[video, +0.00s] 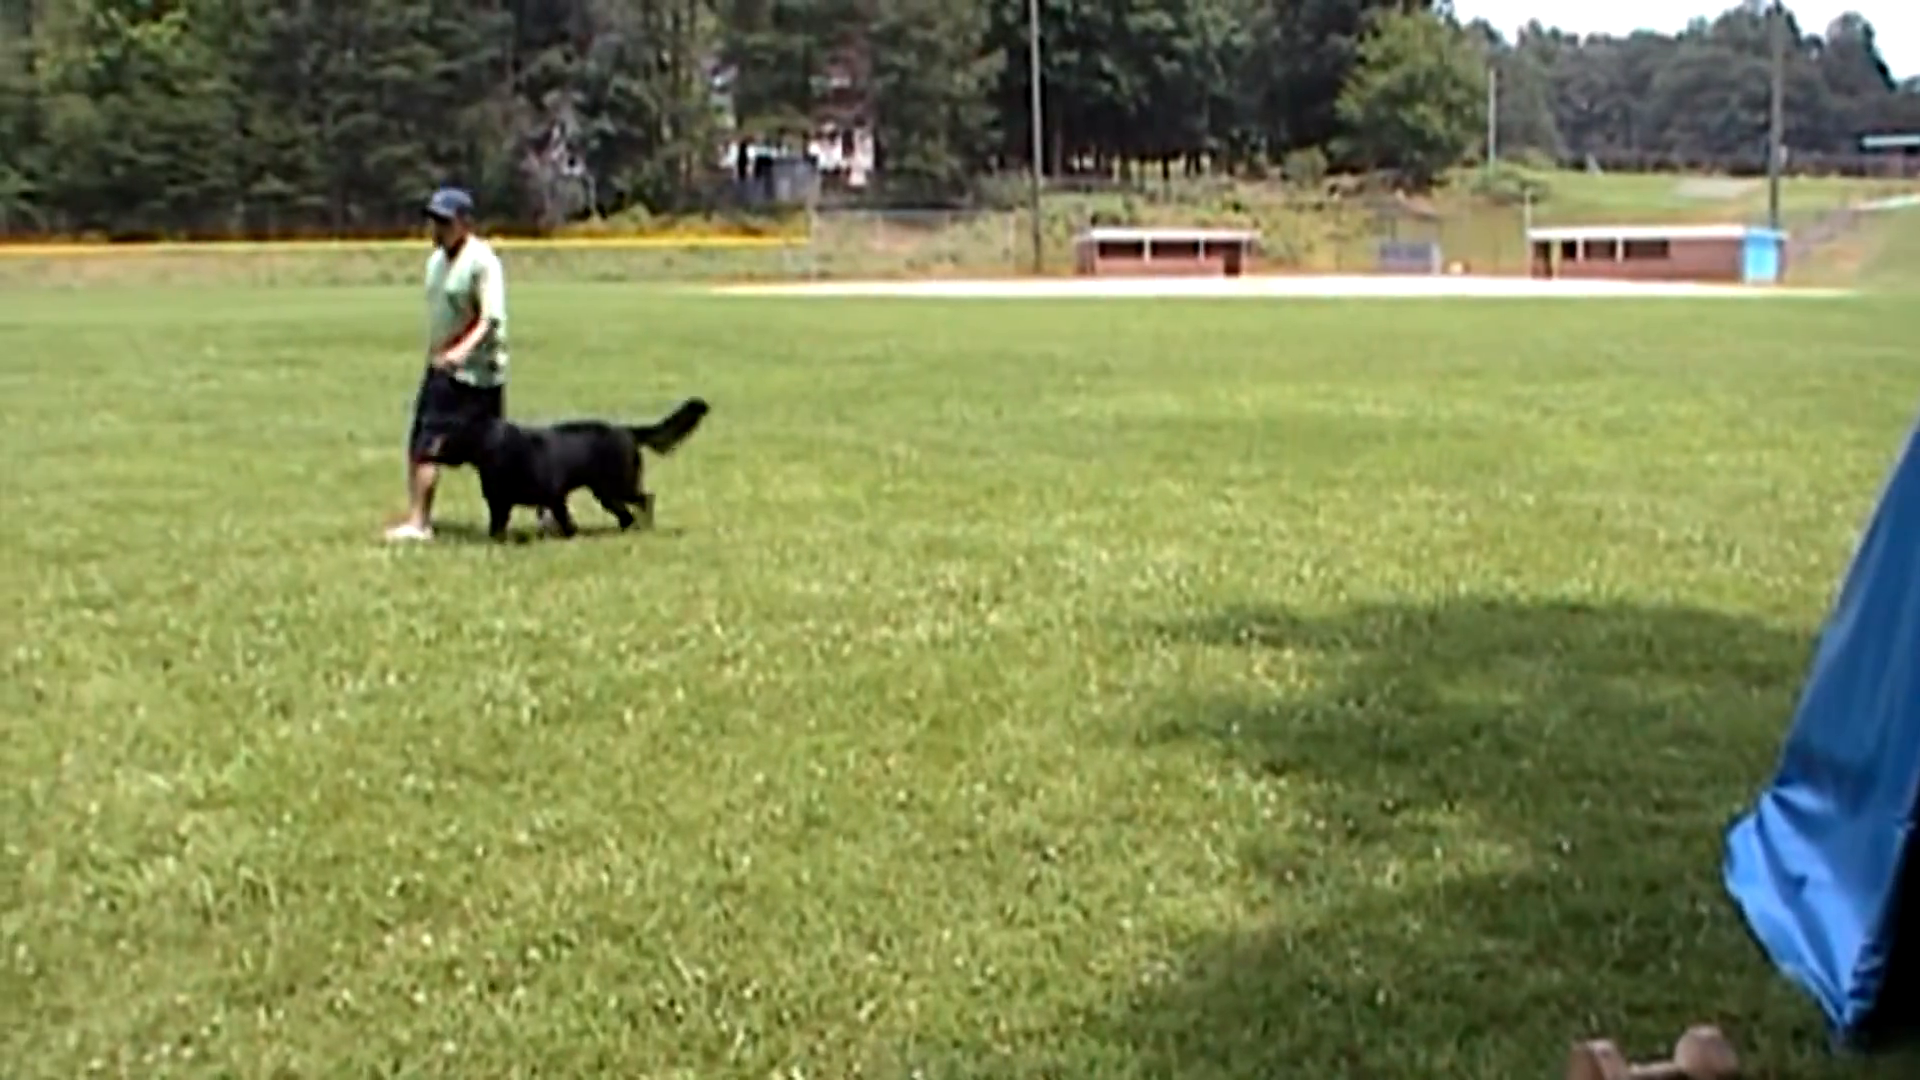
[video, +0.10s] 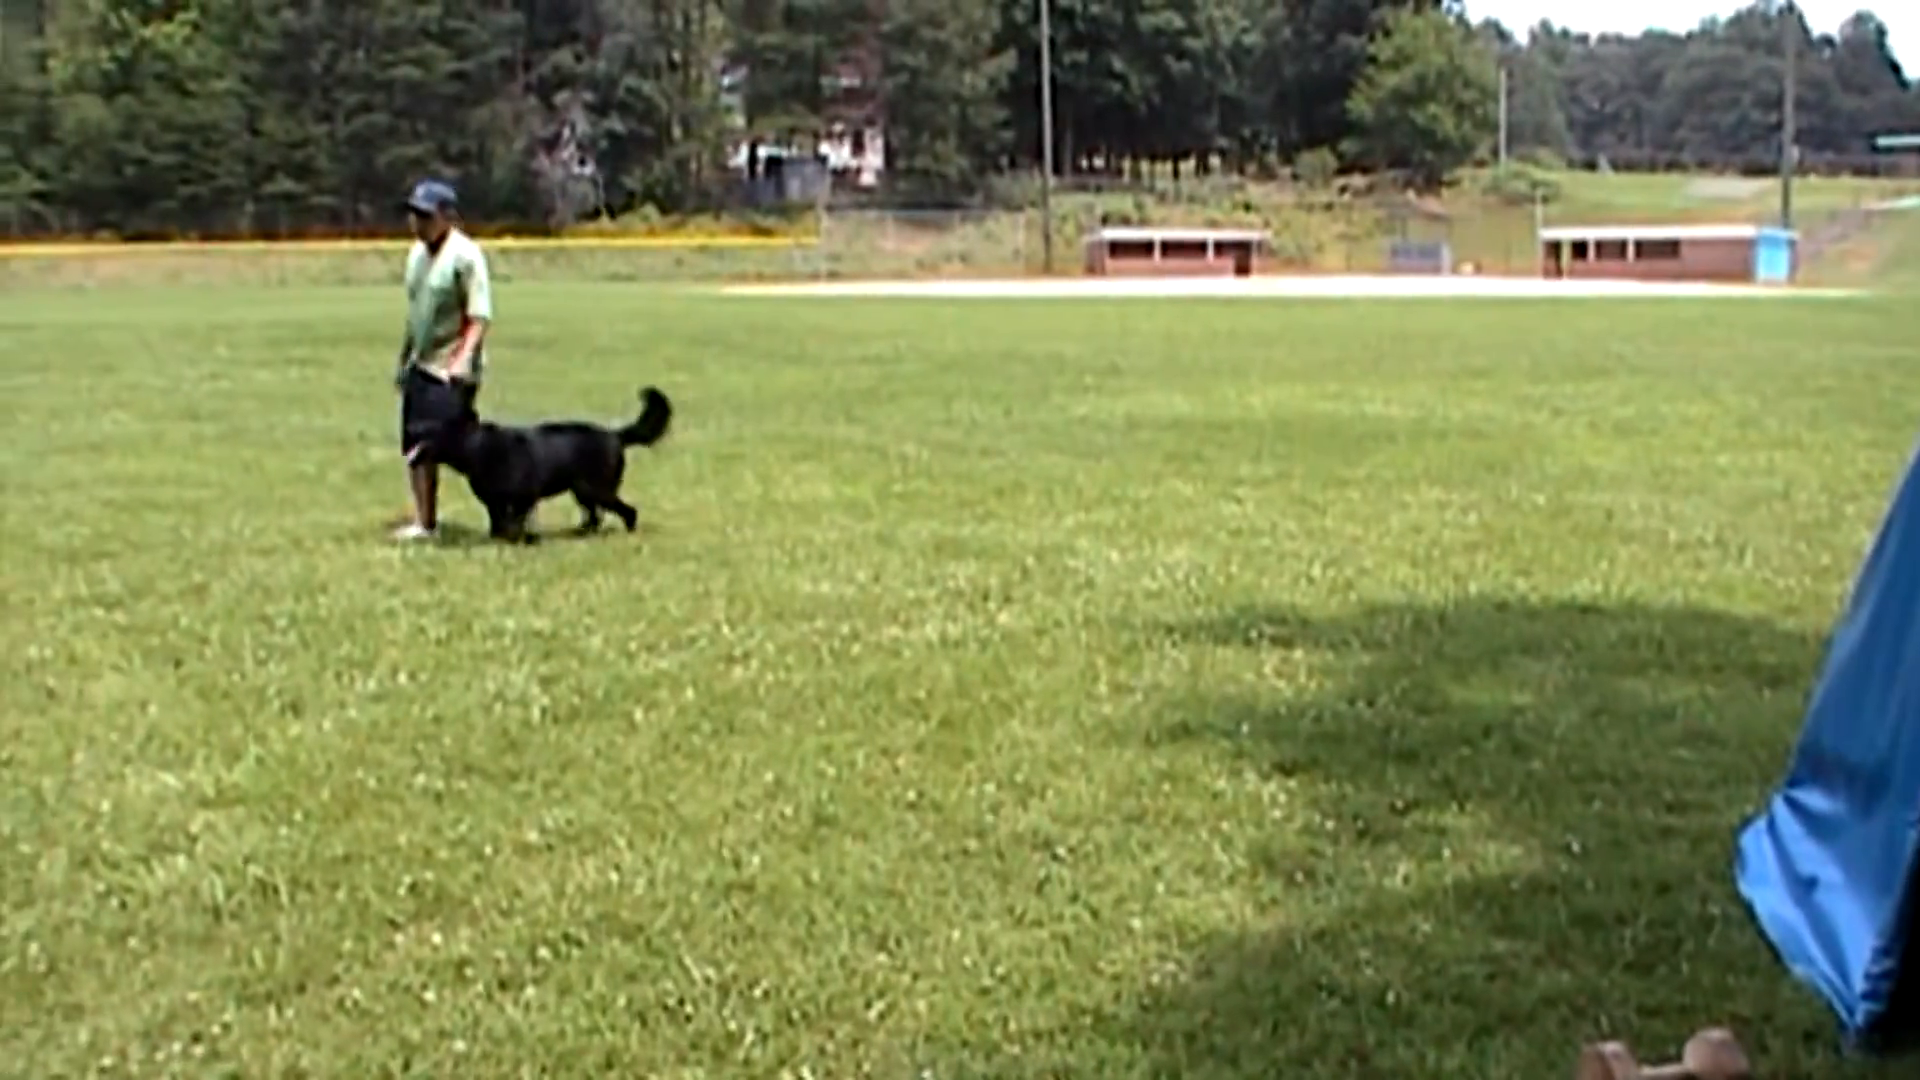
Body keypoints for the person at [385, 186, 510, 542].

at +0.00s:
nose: (436, 230)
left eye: (444, 222)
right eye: (433, 221)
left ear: (464, 223)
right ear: (432, 223)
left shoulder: (484, 262)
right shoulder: (436, 260)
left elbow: (490, 318)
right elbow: (444, 312)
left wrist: (458, 352)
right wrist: (438, 353)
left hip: (480, 373)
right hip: (442, 368)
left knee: (489, 450)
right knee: (423, 448)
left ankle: (539, 503)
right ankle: (419, 519)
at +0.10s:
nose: (418, 224)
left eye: (426, 217)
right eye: (415, 216)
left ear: (446, 217)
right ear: (413, 217)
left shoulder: (467, 256)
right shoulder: (417, 254)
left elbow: (478, 316)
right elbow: (416, 313)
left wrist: (461, 361)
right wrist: (405, 357)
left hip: (454, 363)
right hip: (420, 362)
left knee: (456, 442)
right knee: (416, 446)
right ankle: (423, 519)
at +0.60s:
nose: (496, 231)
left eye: (504, 224)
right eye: (493, 223)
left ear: (523, 226)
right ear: (488, 224)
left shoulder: (545, 266)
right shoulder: (487, 257)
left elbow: (563, 324)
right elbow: (464, 307)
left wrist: (555, 372)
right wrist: (466, 269)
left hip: (526, 365)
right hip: (494, 361)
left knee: (492, 441)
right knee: (502, 445)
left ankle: (490, 526)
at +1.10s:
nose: (657, 234)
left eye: (666, 226)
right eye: (652, 224)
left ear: (683, 228)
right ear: (644, 225)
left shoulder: (704, 269)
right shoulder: (638, 261)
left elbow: (726, 330)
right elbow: (613, 315)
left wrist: (727, 385)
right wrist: (618, 274)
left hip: (687, 381)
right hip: (641, 377)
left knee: (708, 462)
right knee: (620, 466)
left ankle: (748, 524)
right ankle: (616, 542)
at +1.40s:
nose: (588, 223)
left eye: (595, 215)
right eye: (582, 214)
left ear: (609, 218)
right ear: (574, 216)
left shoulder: (634, 263)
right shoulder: (563, 254)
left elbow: (652, 324)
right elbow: (534, 311)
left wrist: (649, 379)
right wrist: (543, 273)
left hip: (612, 363)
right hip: (571, 361)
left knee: (574, 428)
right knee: (565, 447)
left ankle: (591, 532)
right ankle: (572, 533)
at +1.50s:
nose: (569, 228)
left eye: (577, 220)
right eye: (563, 219)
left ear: (589, 225)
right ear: (552, 222)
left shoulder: (608, 272)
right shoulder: (537, 260)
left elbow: (629, 335)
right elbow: (508, 319)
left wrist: (625, 388)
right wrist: (514, 287)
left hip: (588, 377)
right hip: (547, 376)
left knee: (550, 452)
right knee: (578, 463)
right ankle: (601, 534)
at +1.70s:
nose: (528, 218)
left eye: (536, 209)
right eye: (521, 208)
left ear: (549, 213)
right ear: (509, 210)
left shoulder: (570, 264)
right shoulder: (489, 253)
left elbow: (586, 332)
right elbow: (469, 304)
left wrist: (582, 387)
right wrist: (449, 345)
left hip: (548, 378)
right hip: (499, 373)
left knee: (521, 465)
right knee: (479, 454)